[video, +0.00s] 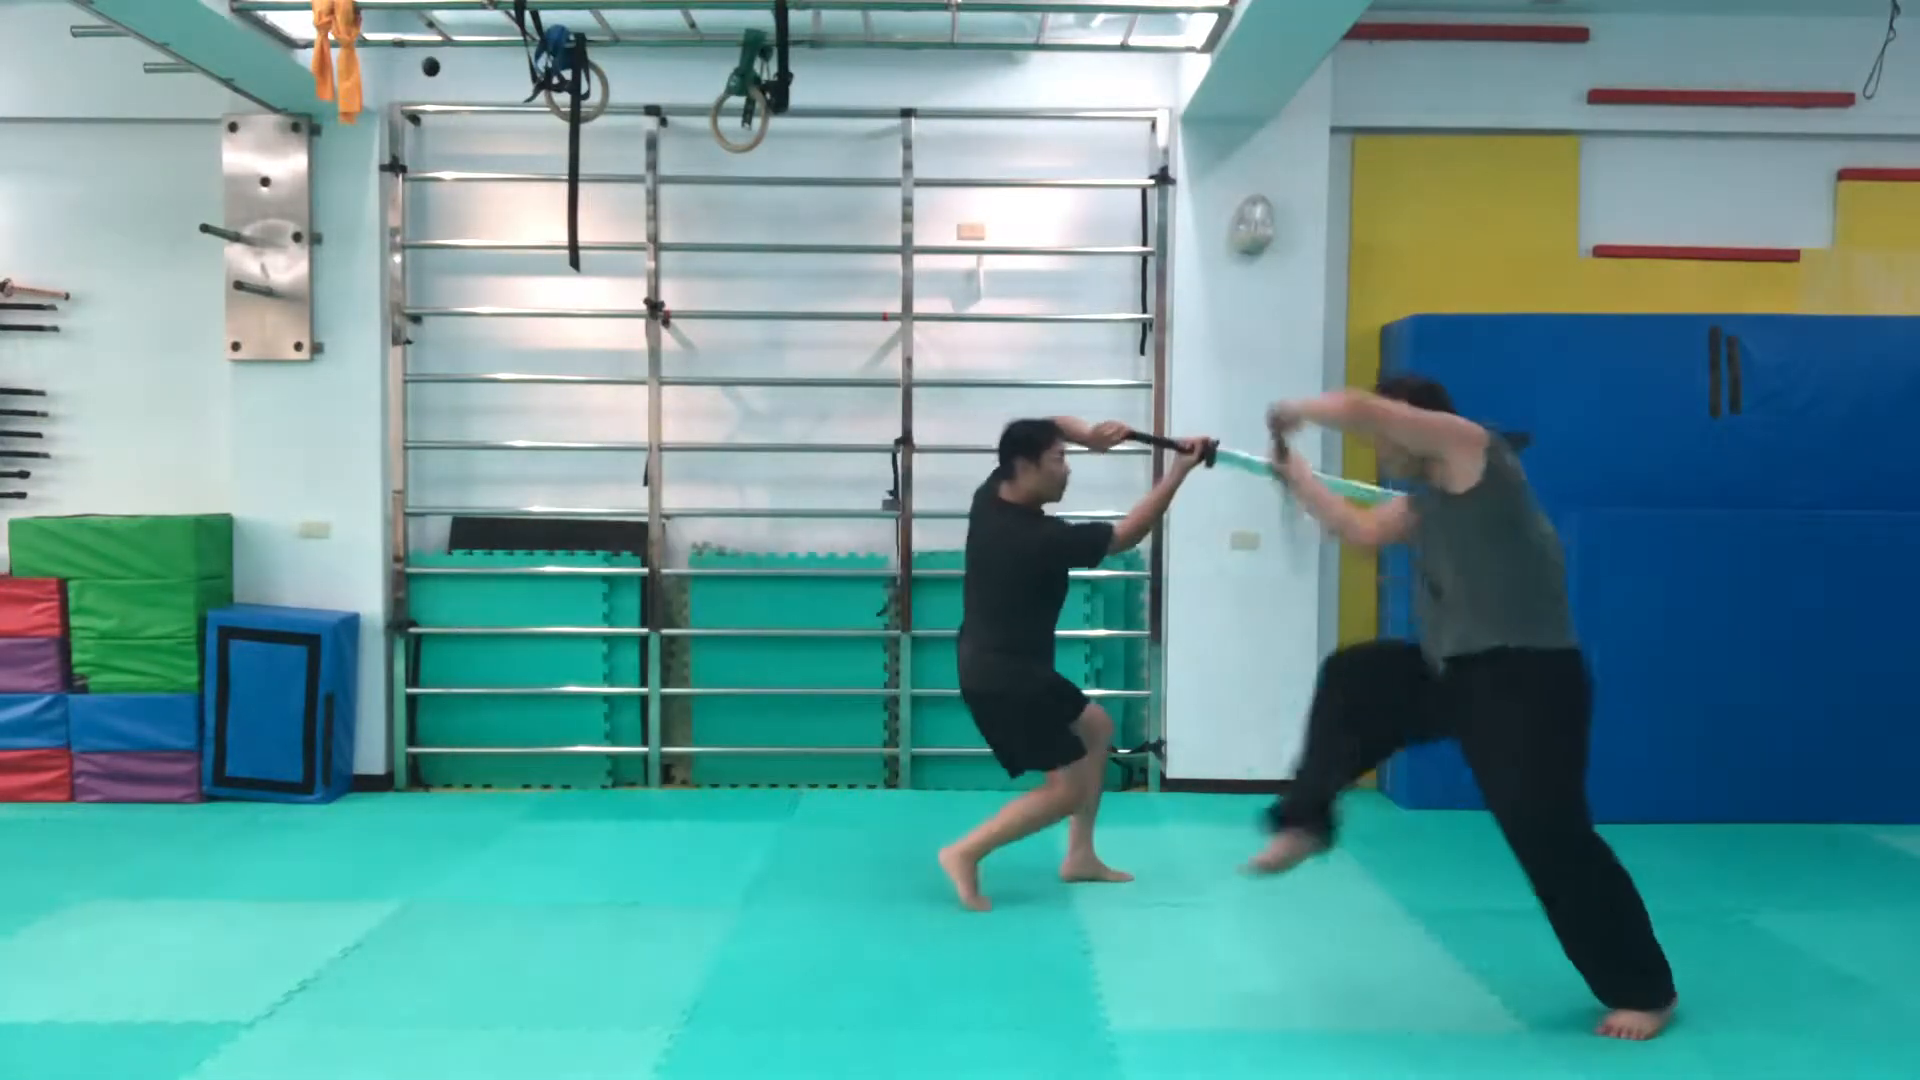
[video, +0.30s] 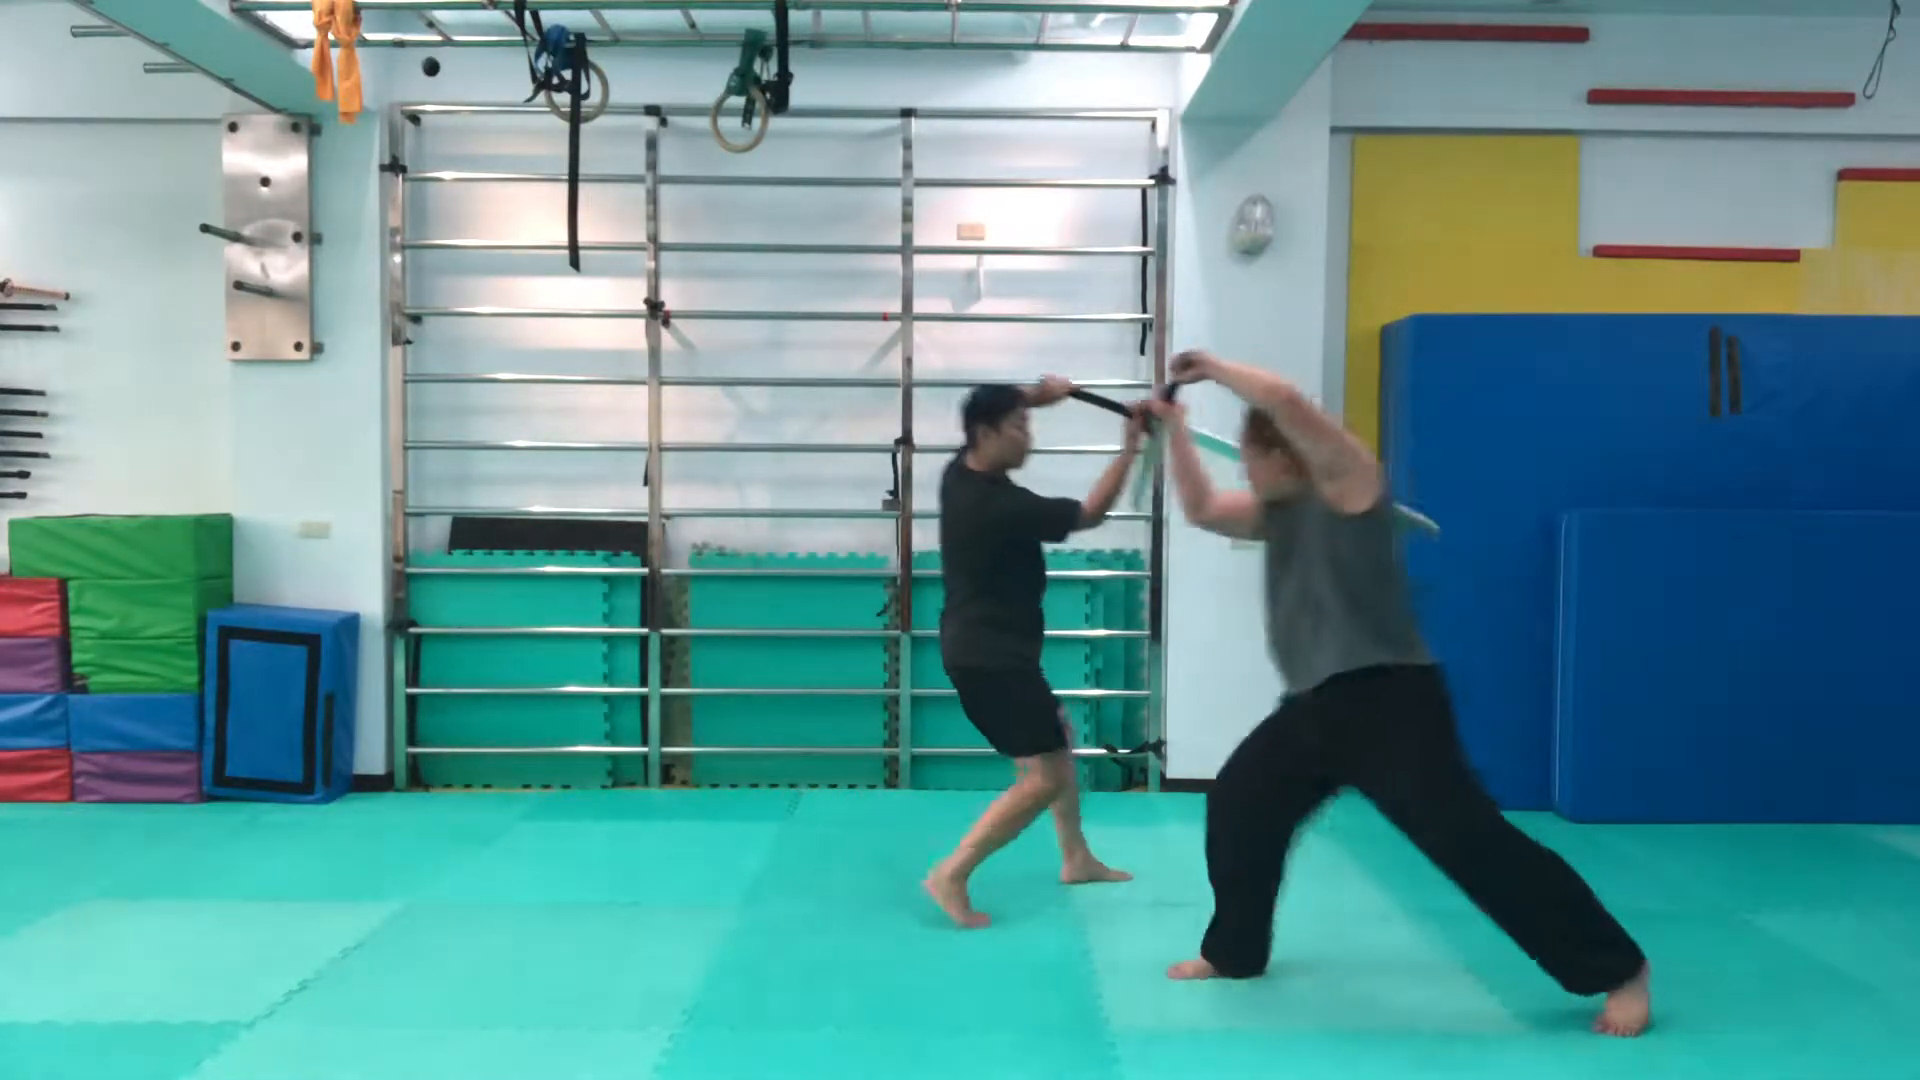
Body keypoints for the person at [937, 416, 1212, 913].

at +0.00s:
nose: (1066, 469)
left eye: (1065, 459)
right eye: (1059, 460)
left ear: (1016, 467)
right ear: (1027, 467)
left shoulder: (989, 500)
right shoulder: (1046, 538)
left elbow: (1041, 432)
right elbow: (1125, 534)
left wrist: (1090, 436)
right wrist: (1179, 470)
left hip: (988, 668)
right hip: (1011, 680)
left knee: (1096, 727)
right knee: (1069, 790)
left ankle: (1081, 857)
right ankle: (963, 854)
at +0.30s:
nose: (1027, 438)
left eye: (1025, 427)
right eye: (1019, 428)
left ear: (982, 435)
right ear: (987, 434)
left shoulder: (958, 477)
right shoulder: (1004, 503)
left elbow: (986, 429)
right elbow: (1089, 512)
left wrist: (1033, 397)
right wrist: (1130, 449)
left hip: (975, 649)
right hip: (996, 659)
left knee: (1056, 740)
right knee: (1047, 778)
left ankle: (1077, 858)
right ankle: (950, 875)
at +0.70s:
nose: (887, 404)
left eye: (886, 394)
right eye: (878, 395)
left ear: (841, 405)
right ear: (844, 404)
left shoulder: (825, 458)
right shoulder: (875, 473)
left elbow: (861, 411)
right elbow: (962, 486)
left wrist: (901, 380)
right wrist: (1000, 416)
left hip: (849, 642)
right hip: (889, 644)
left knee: (887, 753)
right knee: (940, 762)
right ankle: (925, 900)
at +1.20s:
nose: (731, 390)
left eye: (727, 378)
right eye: (718, 380)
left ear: (679, 393)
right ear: (682, 392)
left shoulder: (652, 460)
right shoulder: (702, 463)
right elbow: (736, 558)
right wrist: (800, 565)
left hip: (662, 648)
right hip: (705, 647)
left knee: (690, 764)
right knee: (757, 760)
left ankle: (654, 893)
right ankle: (678, 893)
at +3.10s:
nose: (925, 451)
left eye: (925, 440)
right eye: (915, 440)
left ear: (891, 443)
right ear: (881, 442)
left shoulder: (884, 482)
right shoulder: (875, 517)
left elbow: (951, 439)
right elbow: (951, 585)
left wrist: (1013, 462)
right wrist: (1035, 552)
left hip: (894, 675)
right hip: (863, 681)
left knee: (969, 753)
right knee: (859, 814)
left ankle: (1034, 862)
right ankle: (748, 926)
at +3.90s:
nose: (1012, 420)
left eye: (1012, 408)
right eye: (1000, 409)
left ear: (966, 419)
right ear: (964, 416)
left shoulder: (961, 466)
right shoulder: (981, 483)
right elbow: (1062, 523)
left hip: (987, 638)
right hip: (990, 644)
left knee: (1047, 746)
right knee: (1029, 772)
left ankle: (1069, 871)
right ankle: (942, 885)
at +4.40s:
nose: (899, 400)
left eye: (897, 390)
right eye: (887, 391)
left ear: (853, 404)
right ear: (854, 400)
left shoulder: (828, 467)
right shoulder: (876, 474)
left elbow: (869, 518)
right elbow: (961, 523)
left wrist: (920, 490)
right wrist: (997, 485)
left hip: (846, 640)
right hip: (889, 644)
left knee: (856, 748)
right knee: (937, 760)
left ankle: (748, 841)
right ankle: (933, 898)